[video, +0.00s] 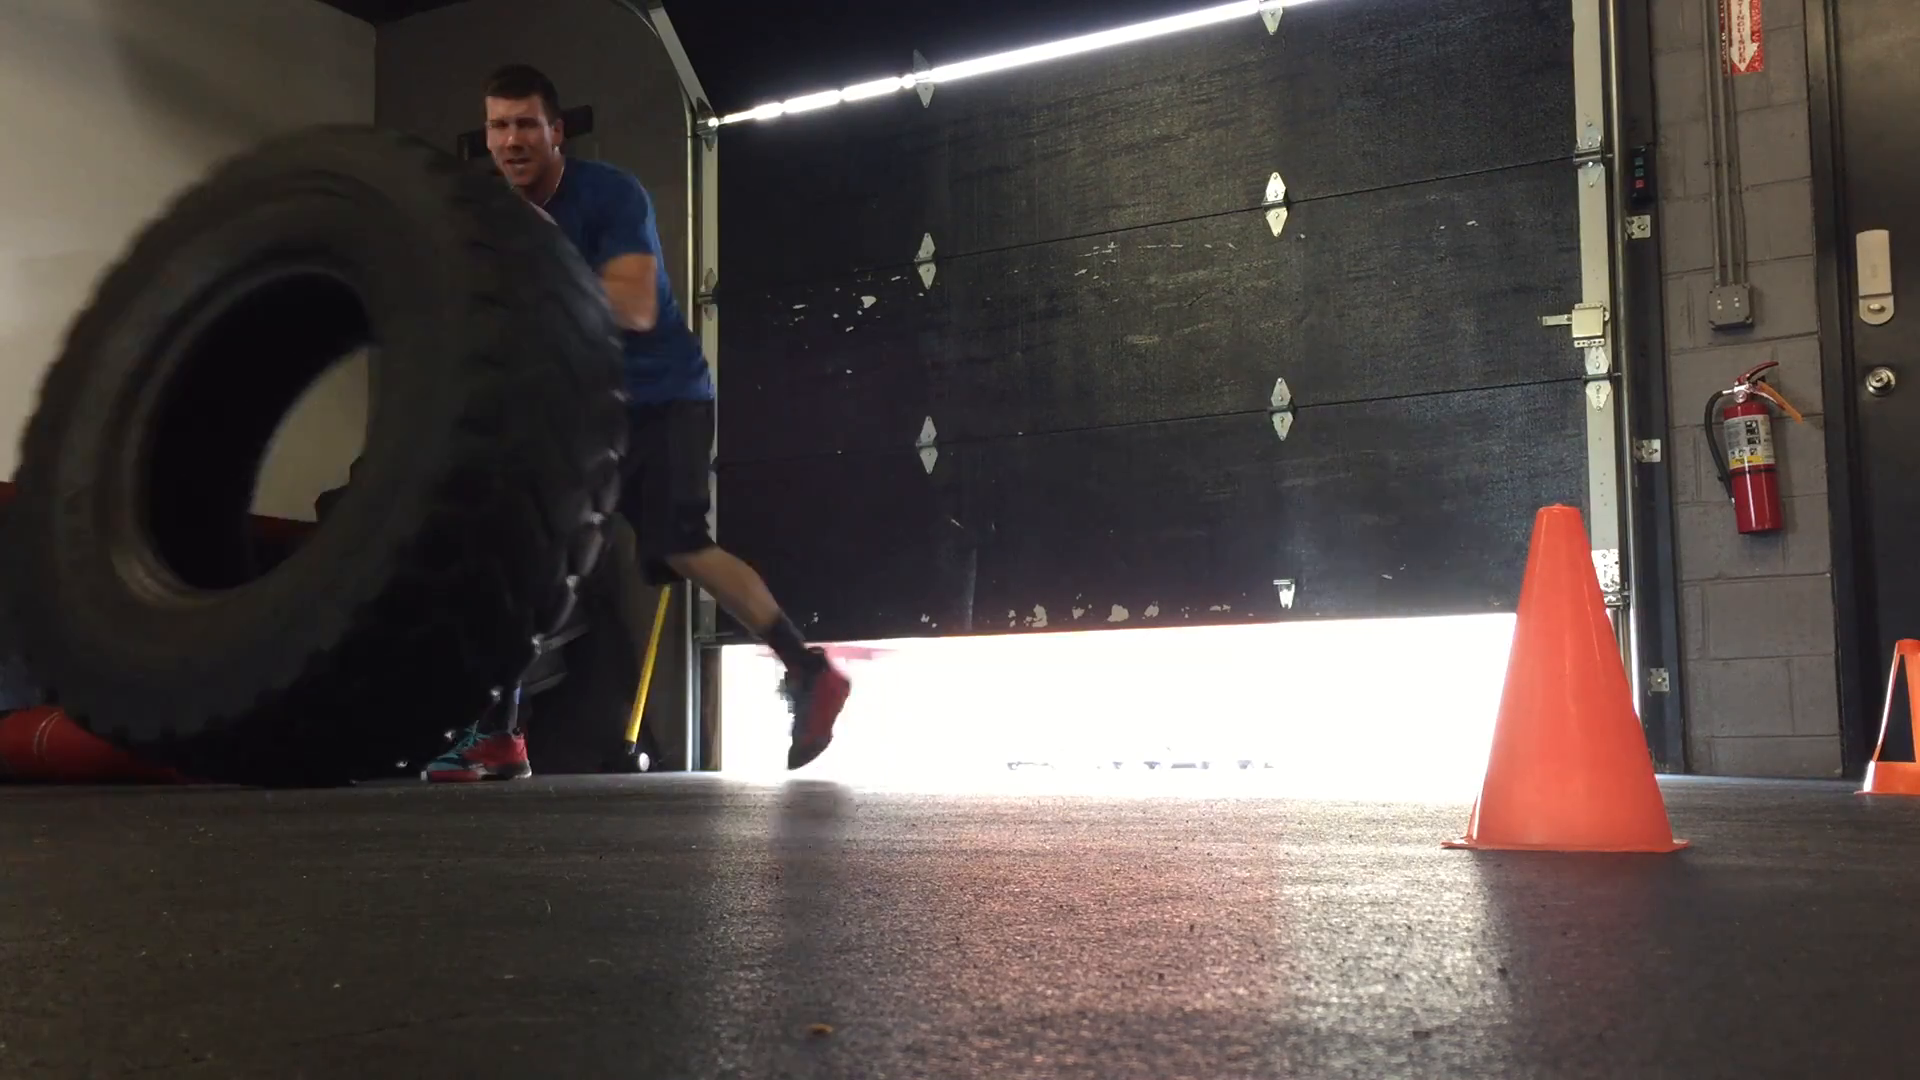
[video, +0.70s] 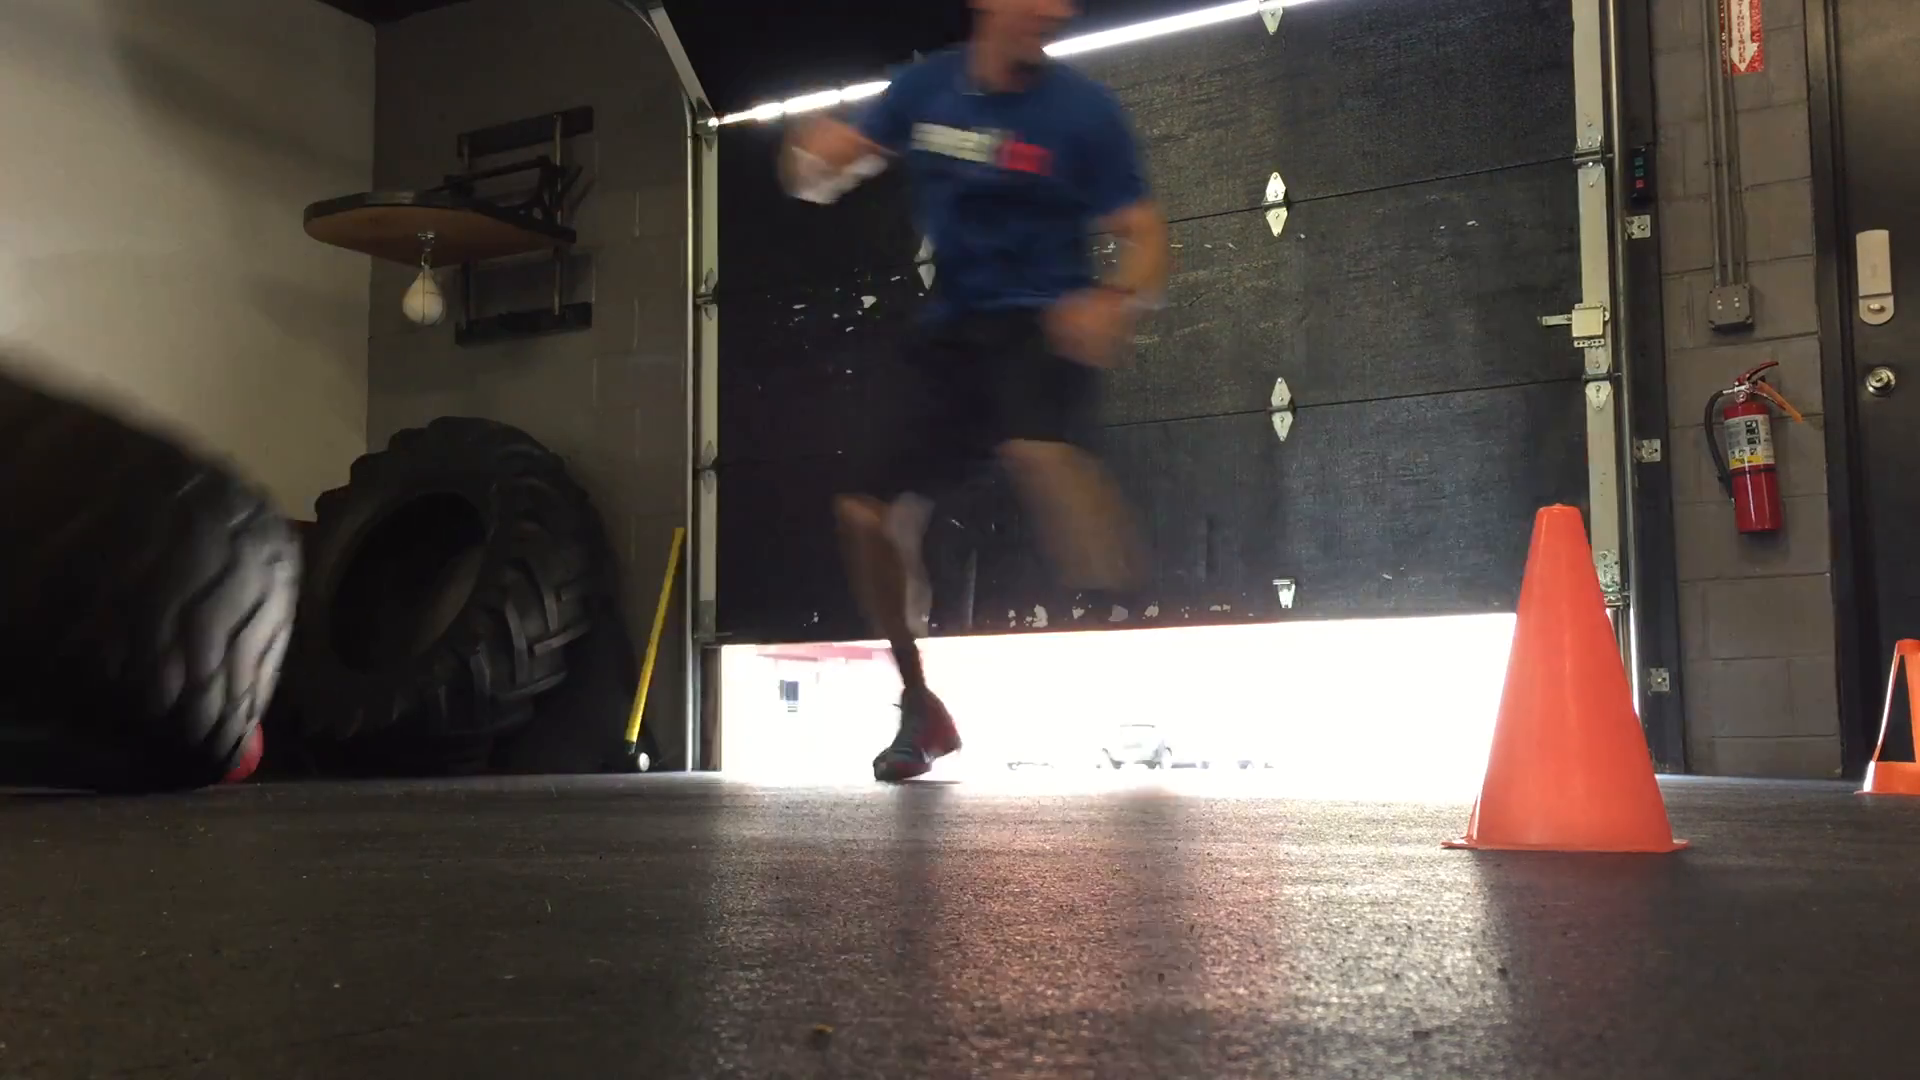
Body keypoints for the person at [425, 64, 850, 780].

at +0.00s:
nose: (511, 141)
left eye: (525, 125)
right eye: (498, 127)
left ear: (558, 131)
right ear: (486, 137)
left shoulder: (611, 193)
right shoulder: (494, 212)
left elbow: (636, 307)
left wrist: (533, 297)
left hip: (663, 394)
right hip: (576, 405)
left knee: (678, 542)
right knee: (537, 553)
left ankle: (809, 670)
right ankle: (497, 729)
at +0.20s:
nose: (589, 159)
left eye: (601, 145)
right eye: (572, 143)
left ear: (614, 154)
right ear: (536, 154)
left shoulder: (643, 223)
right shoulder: (509, 232)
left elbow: (687, 333)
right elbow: (446, 297)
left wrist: (588, 256)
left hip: (680, 405)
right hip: (598, 417)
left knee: (649, 519)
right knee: (491, 537)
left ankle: (750, 712)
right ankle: (498, 731)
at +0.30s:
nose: (650, 169)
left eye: (662, 156)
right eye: (633, 153)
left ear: (675, 167)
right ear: (594, 165)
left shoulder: (694, 246)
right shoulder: (564, 236)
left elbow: (791, 333)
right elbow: (473, 274)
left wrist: (701, 246)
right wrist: (447, 192)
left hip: (693, 434)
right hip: (601, 445)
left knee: (642, 516)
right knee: (494, 561)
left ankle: (745, 718)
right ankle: (496, 739)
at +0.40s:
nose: (738, 123)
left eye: (748, 109)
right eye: (723, 108)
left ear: (761, 121)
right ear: (687, 121)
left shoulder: (791, 196)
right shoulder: (654, 193)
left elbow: (889, 243)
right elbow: (564, 223)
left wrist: (855, 160)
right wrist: (528, 128)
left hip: (753, 415)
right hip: (659, 416)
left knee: (675, 513)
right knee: (575, 571)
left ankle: (751, 723)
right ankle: (512, 713)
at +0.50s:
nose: (833, 56)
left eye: (842, 43)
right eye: (816, 39)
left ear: (852, 58)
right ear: (771, 53)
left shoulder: (881, 144)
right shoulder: (731, 142)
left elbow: (1013, 202)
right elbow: (621, 167)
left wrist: (938, 154)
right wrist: (596, 69)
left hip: (852, 378)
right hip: (758, 373)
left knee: (742, 508)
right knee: (643, 525)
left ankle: (756, 719)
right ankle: (633, 699)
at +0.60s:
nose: (925, 20)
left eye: (938, 9)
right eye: (908, 5)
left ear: (950, 21)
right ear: (867, 9)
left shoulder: (974, 106)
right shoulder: (814, 92)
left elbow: (1074, 212)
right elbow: (711, 156)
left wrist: (988, 223)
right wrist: (683, 91)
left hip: (955, 336)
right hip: (860, 329)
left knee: (872, 466)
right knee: (755, 477)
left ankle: (853, 674)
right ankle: (822, 662)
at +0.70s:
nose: (1050, 13)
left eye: (1056, 5)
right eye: (1032, 0)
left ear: (1059, 17)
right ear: (985, 5)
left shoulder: (1083, 107)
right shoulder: (923, 87)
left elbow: (1146, 235)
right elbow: (814, 173)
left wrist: (1116, 298)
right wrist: (814, 150)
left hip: (1048, 324)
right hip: (950, 328)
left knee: (1036, 446)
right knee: (866, 510)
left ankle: (1131, 634)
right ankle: (921, 709)